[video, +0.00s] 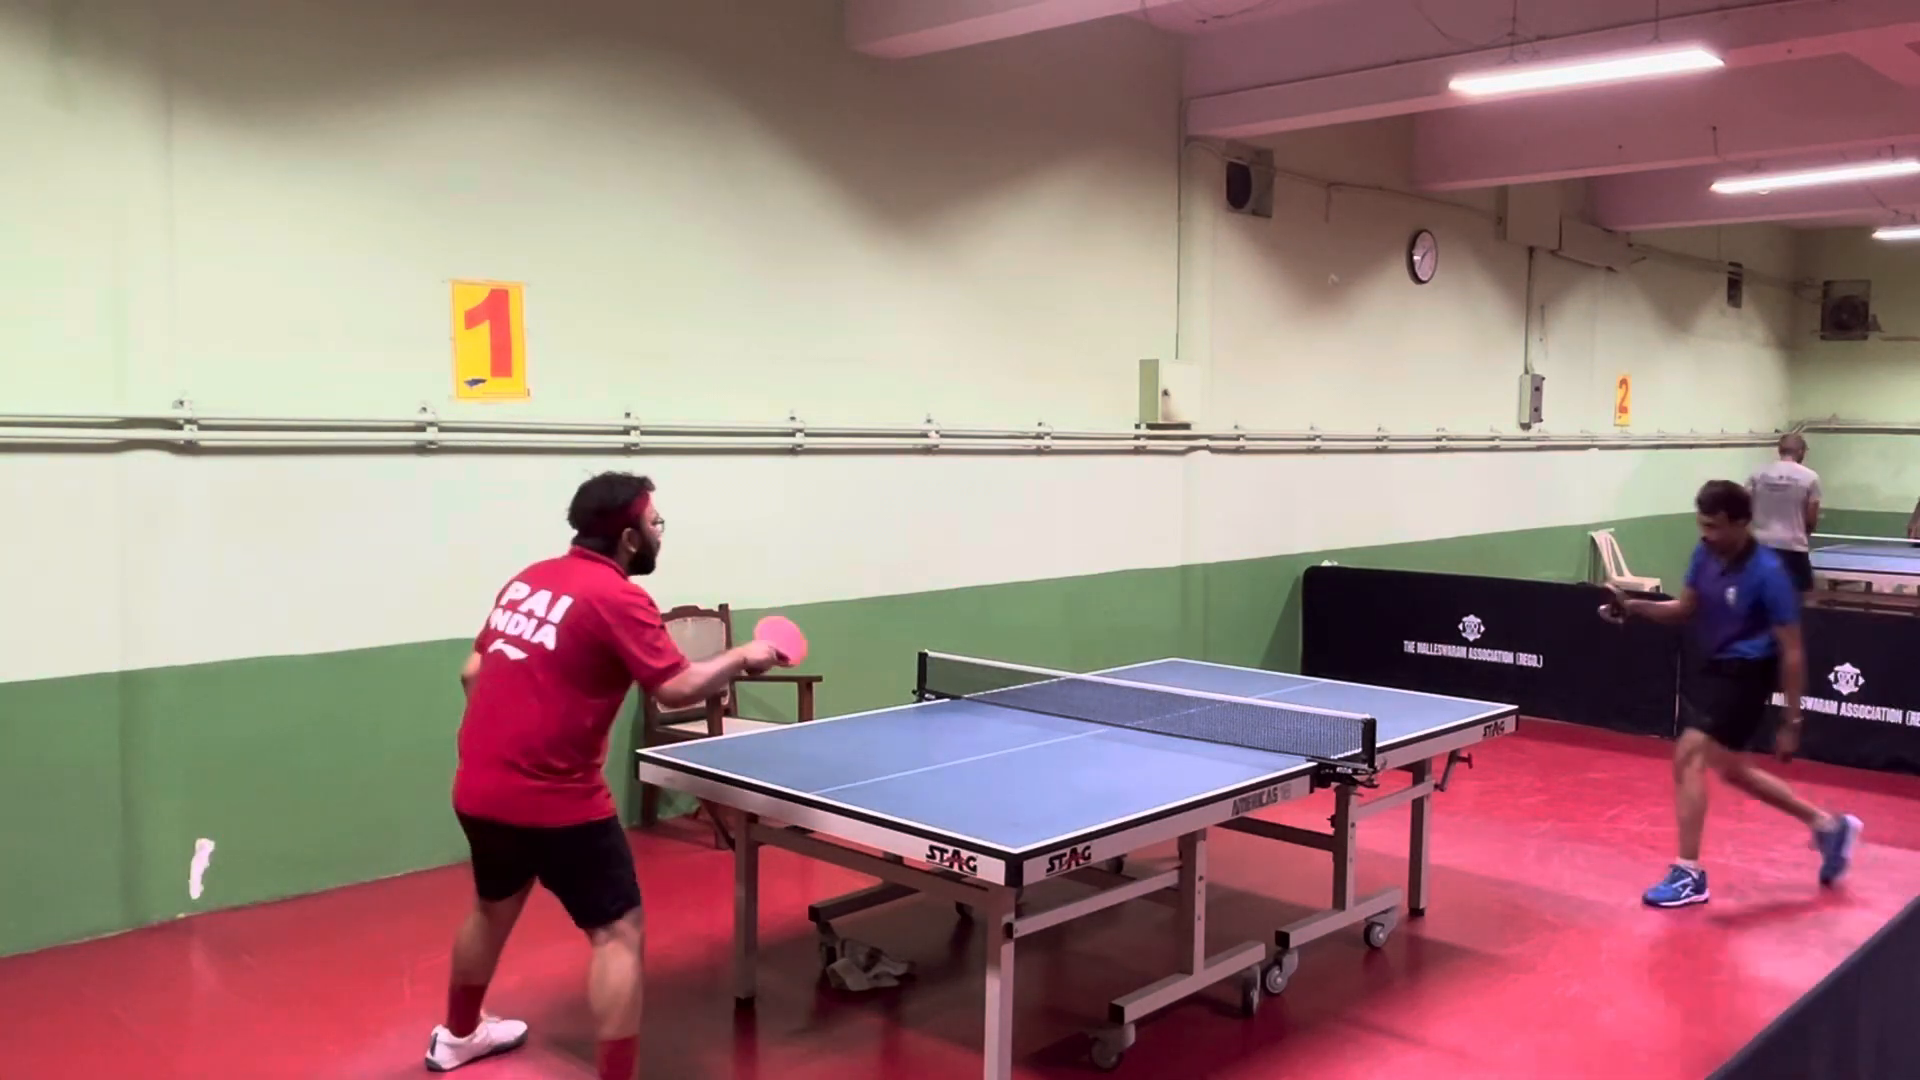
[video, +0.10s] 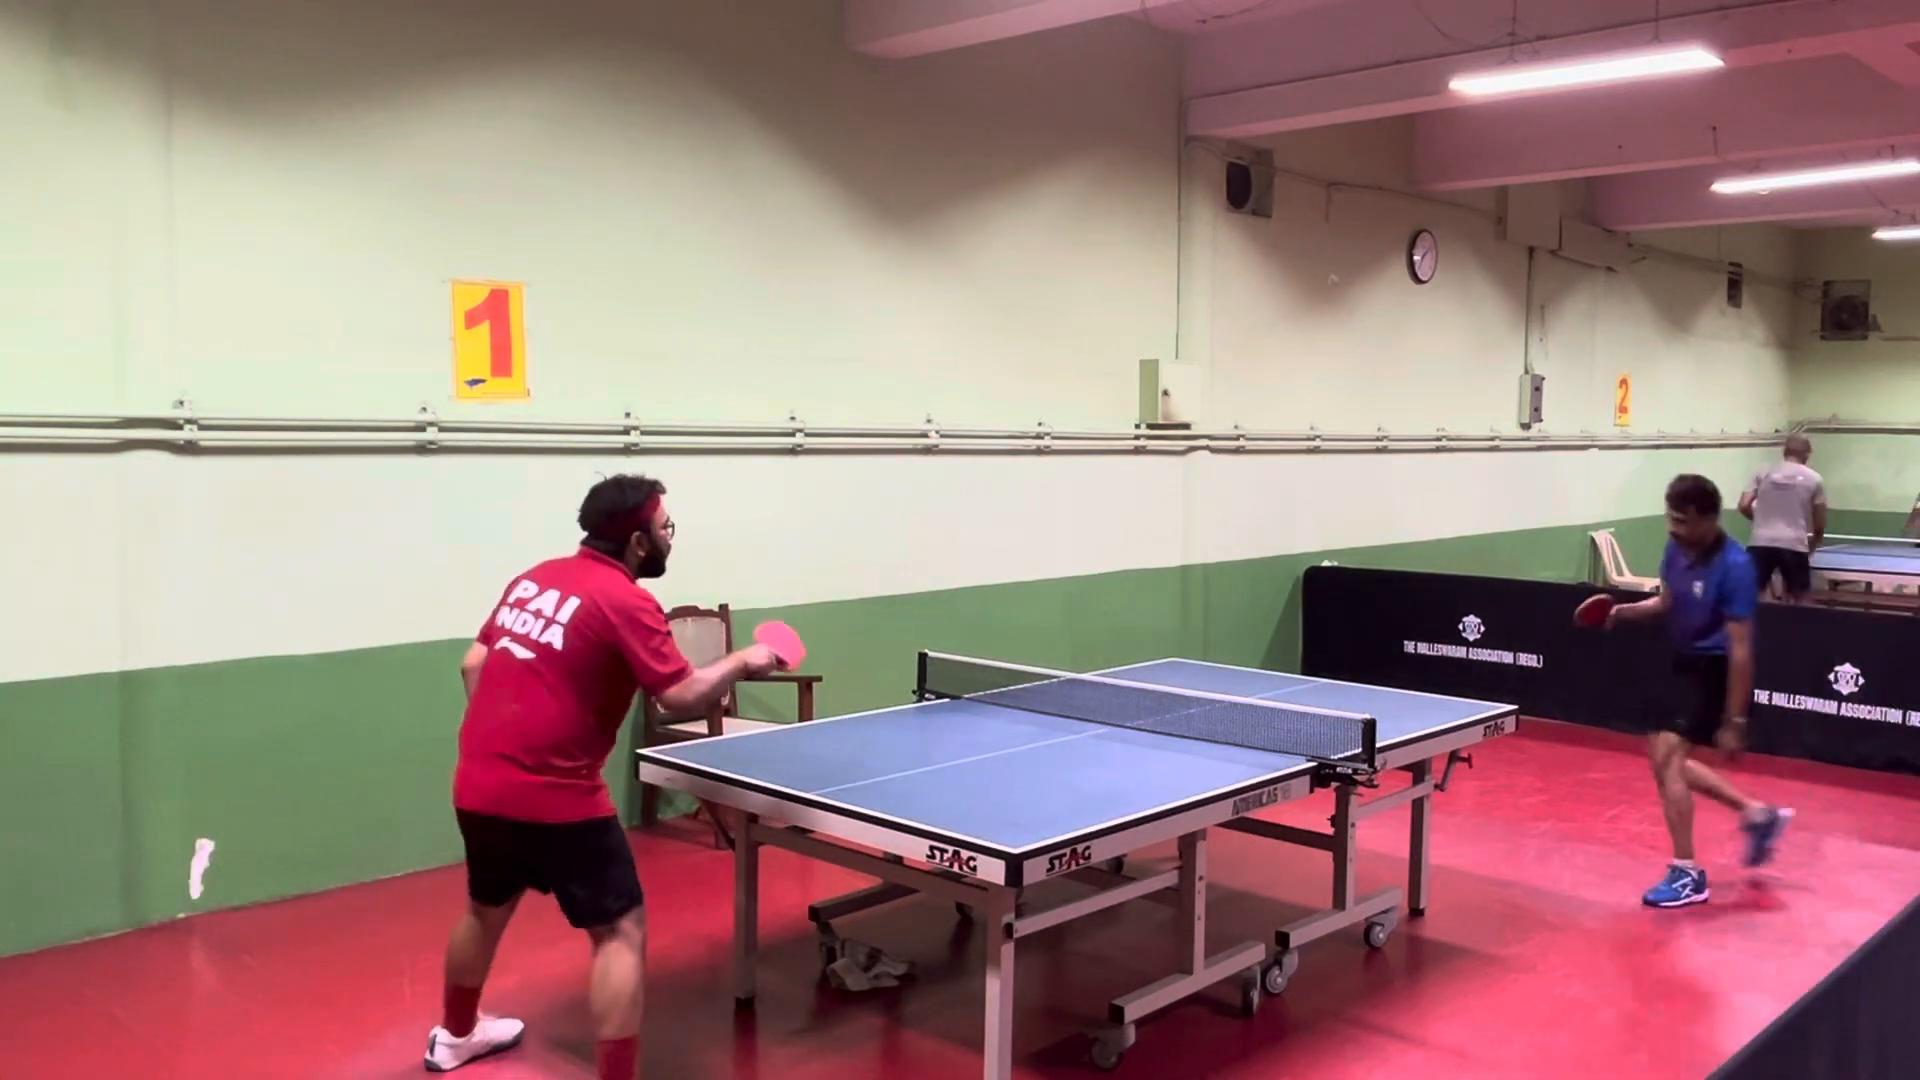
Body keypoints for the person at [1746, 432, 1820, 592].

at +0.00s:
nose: (1804, 455)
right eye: (1804, 451)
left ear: (1779, 451)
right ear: (1802, 452)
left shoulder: (1759, 473)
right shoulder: (1810, 477)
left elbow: (1746, 505)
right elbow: (1811, 518)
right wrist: (1804, 533)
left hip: (1761, 542)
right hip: (1792, 544)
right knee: (1795, 599)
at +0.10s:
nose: (1808, 456)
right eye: (1808, 453)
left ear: (1784, 451)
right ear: (1806, 454)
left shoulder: (1764, 472)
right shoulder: (1814, 479)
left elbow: (1744, 505)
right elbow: (1819, 524)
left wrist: (1761, 520)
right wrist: (1812, 546)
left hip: (1761, 544)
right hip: (1794, 546)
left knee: (1749, 598)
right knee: (1799, 600)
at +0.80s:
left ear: (1798, 456)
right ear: (1818, 459)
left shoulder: (1783, 469)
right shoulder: (1833, 483)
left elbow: (1770, 500)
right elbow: (1831, 525)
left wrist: (1768, 522)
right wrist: (1818, 540)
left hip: (1779, 539)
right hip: (1812, 544)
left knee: (1759, 591)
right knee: (1813, 599)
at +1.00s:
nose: (1784, 459)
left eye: (1783, 456)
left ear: (1783, 455)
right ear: (1802, 457)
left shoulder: (1772, 471)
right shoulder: (1818, 482)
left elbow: (1760, 501)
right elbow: (1817, 521)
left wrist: (1749, 520)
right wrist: (1808, 530)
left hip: (1769, 540)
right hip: (1801, 545)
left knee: (1751, 593)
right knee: (1805, 600)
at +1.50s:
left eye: (1739, 450)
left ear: (1739, 450)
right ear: (1760, 450)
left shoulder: (1729, 471)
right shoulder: (1779, 473)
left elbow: (1724, 507)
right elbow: (1785, 514)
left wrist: (1725, 517)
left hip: (1736, 546)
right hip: (1768, 547)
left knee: (1733, 601)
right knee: (1769, 601)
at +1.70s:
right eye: (1755, 448)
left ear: (1736, 450)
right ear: (1758, 450)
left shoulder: (1724, 472)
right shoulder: (1776, 473)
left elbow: (1717, 509)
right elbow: (1783, 514)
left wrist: (1720, 522)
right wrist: (1764, 512)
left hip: (1734, 545)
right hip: (1766, 545)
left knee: (1732, 600)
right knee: (1767, 600)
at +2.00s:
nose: (1769, 458)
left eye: (1769, 455)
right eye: (1769, 455)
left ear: (1745, 454)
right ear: (1766, 455)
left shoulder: (1727, 471)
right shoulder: (1778, 478)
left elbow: (1715, 505)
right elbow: (1789, 523)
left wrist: (1729, 519)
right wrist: (1783, 542)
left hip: (1733, 544)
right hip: (1765, 546)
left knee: (1732, 599)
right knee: (1766, 600)